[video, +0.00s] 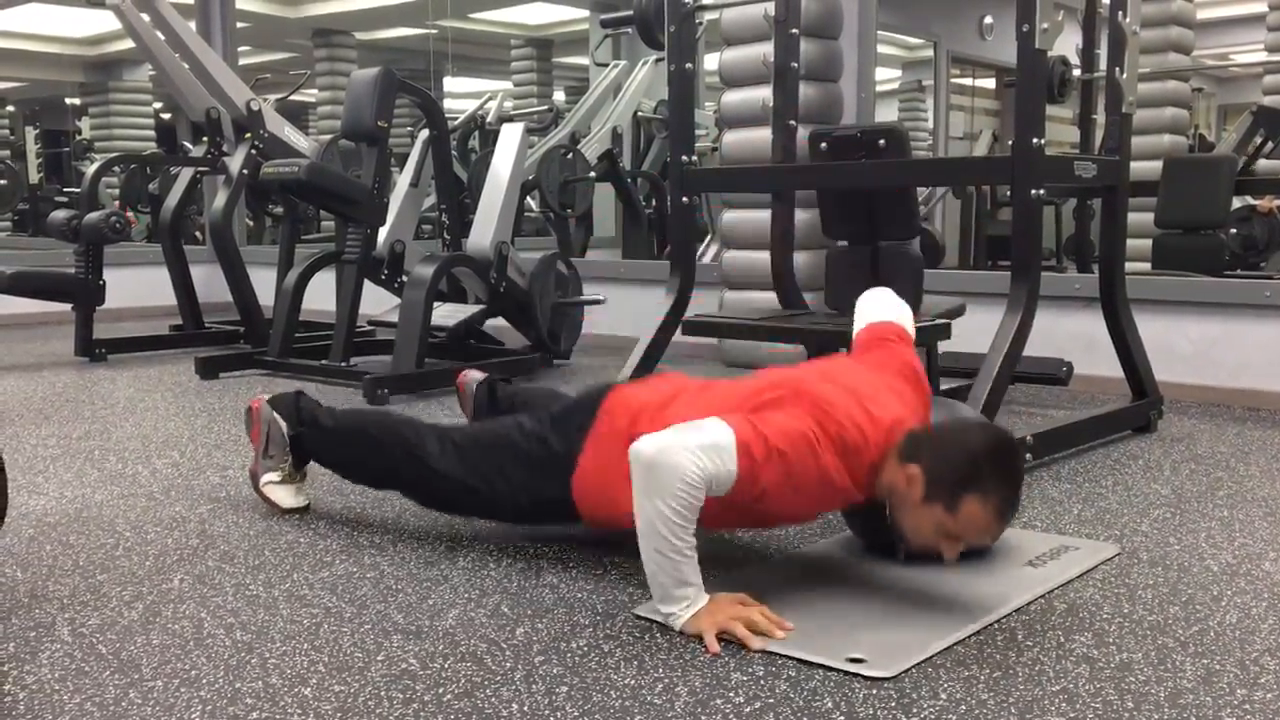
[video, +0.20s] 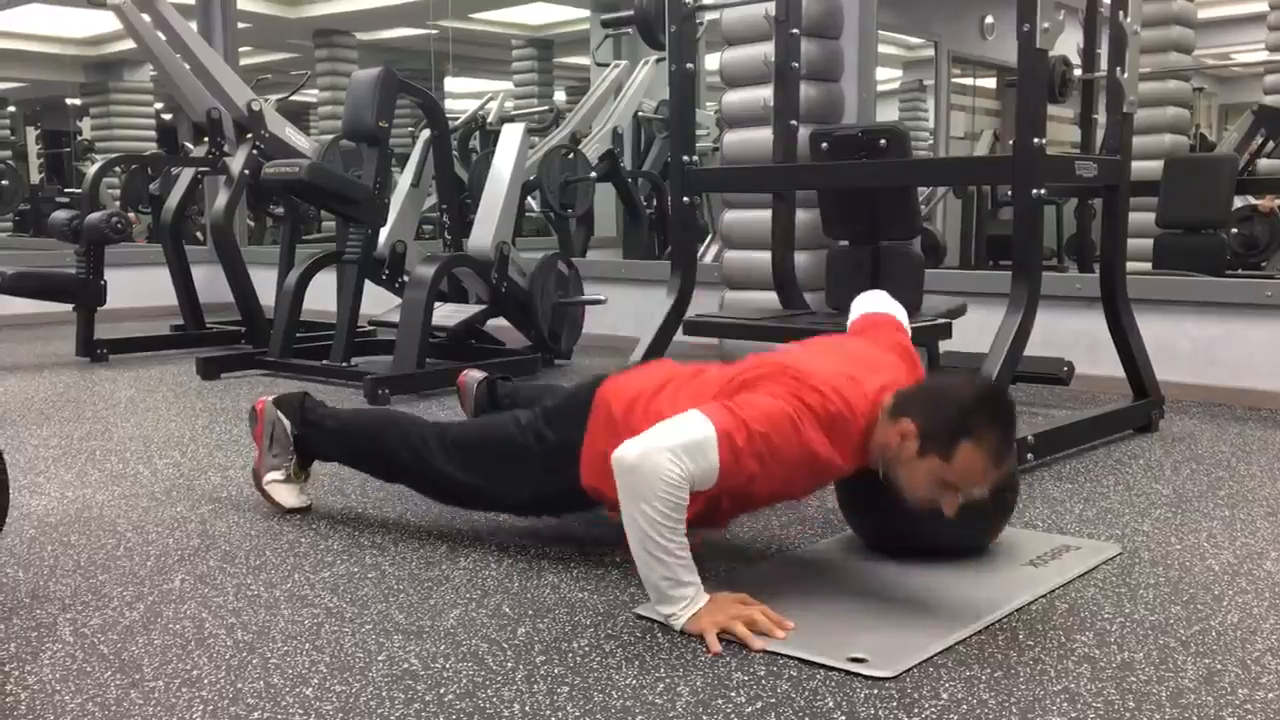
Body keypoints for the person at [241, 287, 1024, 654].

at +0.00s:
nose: (941, 555)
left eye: (961, 550)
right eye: (945, 543)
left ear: (948, 449)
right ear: (912, 484)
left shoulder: (902, 385)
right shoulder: (816, 440)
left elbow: (880, 304)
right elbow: (666, 463)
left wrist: (877, 467)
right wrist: (686, 599)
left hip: (651, 402)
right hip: (599, 454)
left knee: (565, 411)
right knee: (445, 463)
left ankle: (484, 387)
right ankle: (289, 423)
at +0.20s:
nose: (949, 504)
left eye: (966, 493)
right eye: (947, 486)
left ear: (917, 429)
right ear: (901, 440)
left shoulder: (887, 362)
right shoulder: (800, 426)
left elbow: (878, 301)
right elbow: (644, 468)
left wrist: (864, 406)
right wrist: (686, 600)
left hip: (656, 386)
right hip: (596, 437)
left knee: (553, 396)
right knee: (442, 454)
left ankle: (480, 379)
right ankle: (291, 423)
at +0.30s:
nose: (943, 428)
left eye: (960, 414)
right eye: (939, 408)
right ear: (890, 367)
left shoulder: (879, 322)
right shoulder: (788, 372)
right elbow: (645, 462)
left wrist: (893, 433)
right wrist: (687, 600)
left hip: (640, 348)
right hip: (589, 386)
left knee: (473, 407)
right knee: (436, 436)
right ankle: (281, 426)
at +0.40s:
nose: (931, 343)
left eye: (945, 330)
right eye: (928, 323)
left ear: (905, 277)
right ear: (880, 279)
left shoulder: (868, 270)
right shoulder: (775, 309)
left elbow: (874, 356)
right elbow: (656, 446)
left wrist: (887, 452)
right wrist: (687, 598)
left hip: (623, 327)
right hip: (574, 335)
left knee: (492, 389)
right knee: (431, 408)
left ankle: (467, 426)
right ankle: (277, 423)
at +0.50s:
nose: (927, 258)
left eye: (941, 244)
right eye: (924, 237)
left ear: (909, 205)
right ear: (874, 189)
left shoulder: (864, 219)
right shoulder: (776, 230)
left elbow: (837, 303)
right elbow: (714, 411)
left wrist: (857, 365)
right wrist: (704, 584)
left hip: (633, 314)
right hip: (585, 291)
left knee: (529, 377)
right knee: (440, 384)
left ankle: (476, 415)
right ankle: (284, 424)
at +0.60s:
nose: (925, 228)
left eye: (941, 217)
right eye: (920, 207)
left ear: (923, 180)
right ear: (877, 162)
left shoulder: (879, 188)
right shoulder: (775, 199)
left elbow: (885, 255)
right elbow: (678, 335)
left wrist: (849, 309)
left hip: (650, 323)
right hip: (597, 284)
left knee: (542, 377)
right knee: (452, 380)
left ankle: (480, 414)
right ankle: (292, 424)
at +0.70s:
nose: (940, 260)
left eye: (954, 247)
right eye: (938, 239)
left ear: (928, 215)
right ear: (895, 197)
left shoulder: (896, 230)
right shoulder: (791, 211)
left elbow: (924, 310)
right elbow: (652, 286)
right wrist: (761, 403)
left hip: (649, 338)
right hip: (590, 317)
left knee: (530, 379)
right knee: (453, 392)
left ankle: (467, 419)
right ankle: (289, 424)